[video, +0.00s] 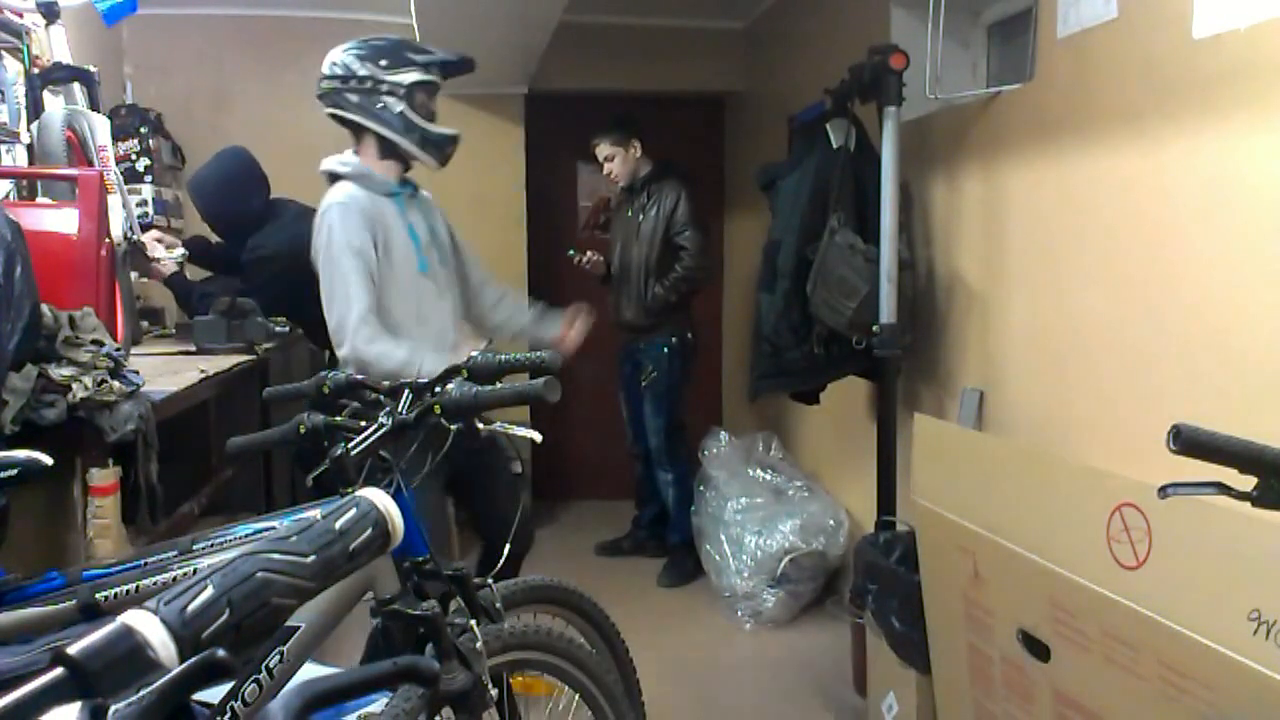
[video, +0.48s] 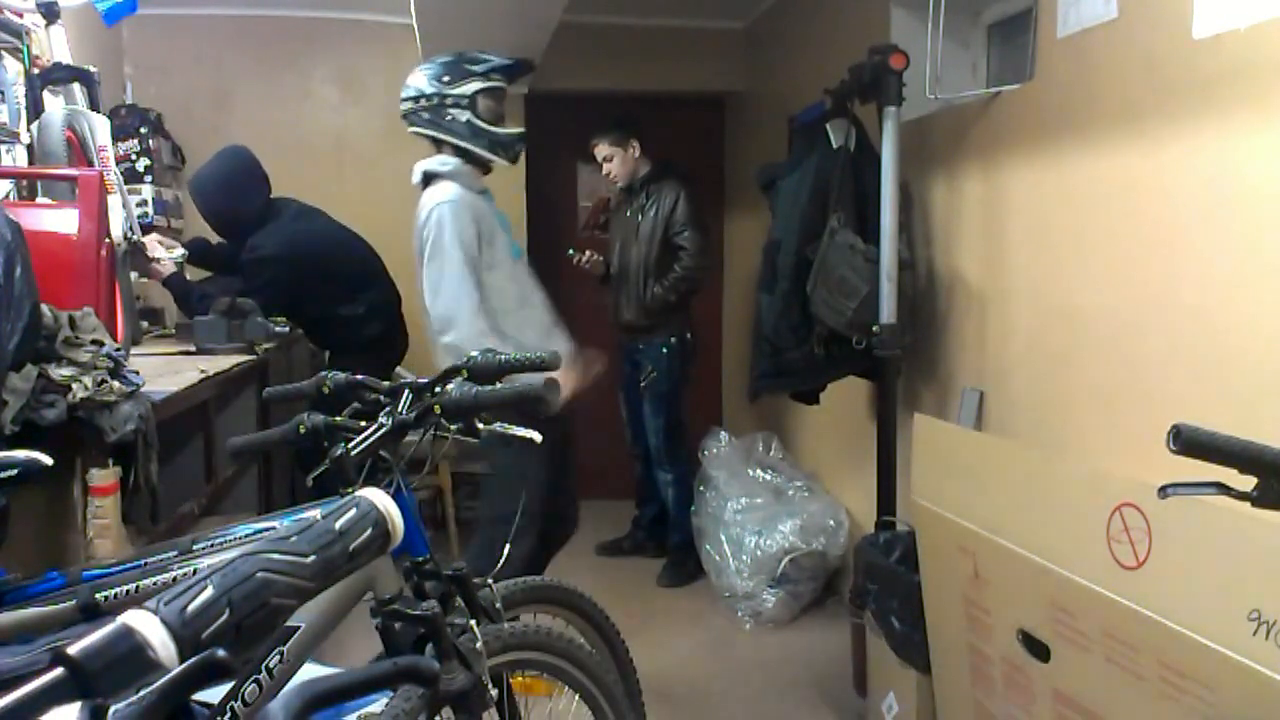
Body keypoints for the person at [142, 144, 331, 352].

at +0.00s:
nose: (207, 220)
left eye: (209, 212)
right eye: (205, 212)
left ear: (228, 210)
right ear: (257, 191)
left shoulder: (271, 255)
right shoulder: (287, 212)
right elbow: (242, 259)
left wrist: (173, 279)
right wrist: (185, 248)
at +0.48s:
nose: (208, 216)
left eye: (208, 207)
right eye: (205, 207)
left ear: (225, 206)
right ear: (254, 188)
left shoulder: (268, 254)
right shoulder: (284, 213)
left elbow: (216, 310)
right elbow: (238, 258)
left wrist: (170, 276)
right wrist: (184, 250)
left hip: (366, 349)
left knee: (320, 443)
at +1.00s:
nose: (208, 219)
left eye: (208, 210)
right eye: (205, 210)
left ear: (224, 209)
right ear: (252, 191)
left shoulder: (270, 253)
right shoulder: (283, 213)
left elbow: (215, 307)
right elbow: (239, 260)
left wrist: (168, 276)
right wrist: (182, 253)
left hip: (368, 348)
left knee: (319, 444)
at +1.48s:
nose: (209, 225)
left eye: (208, 217)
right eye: (205, 217)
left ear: (223, 215)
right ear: (252, 192)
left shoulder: (268, 254)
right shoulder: (289, 216)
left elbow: (218, 313)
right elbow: (259, 271)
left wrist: (168, 275)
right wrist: (217, 283)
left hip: (367, 350)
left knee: (318, 443)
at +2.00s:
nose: (207, 225)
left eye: (205, 215)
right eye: (203, 216)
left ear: (222, 209)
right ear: (247, 192)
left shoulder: (265, 251)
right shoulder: (288, 218)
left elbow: (230, 320)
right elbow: (246, 291)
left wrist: (168, 277)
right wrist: (177, 278)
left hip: (367, 351)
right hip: (386, 335)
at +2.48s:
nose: (206, 227)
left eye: (203, 217)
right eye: (201, 219)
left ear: (218, 210)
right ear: (243, 192)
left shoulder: (267, 249)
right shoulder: (282, 219)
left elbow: (227, 316)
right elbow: (244, 283)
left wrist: (166, 278)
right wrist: (187, 299)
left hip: (365, 352)